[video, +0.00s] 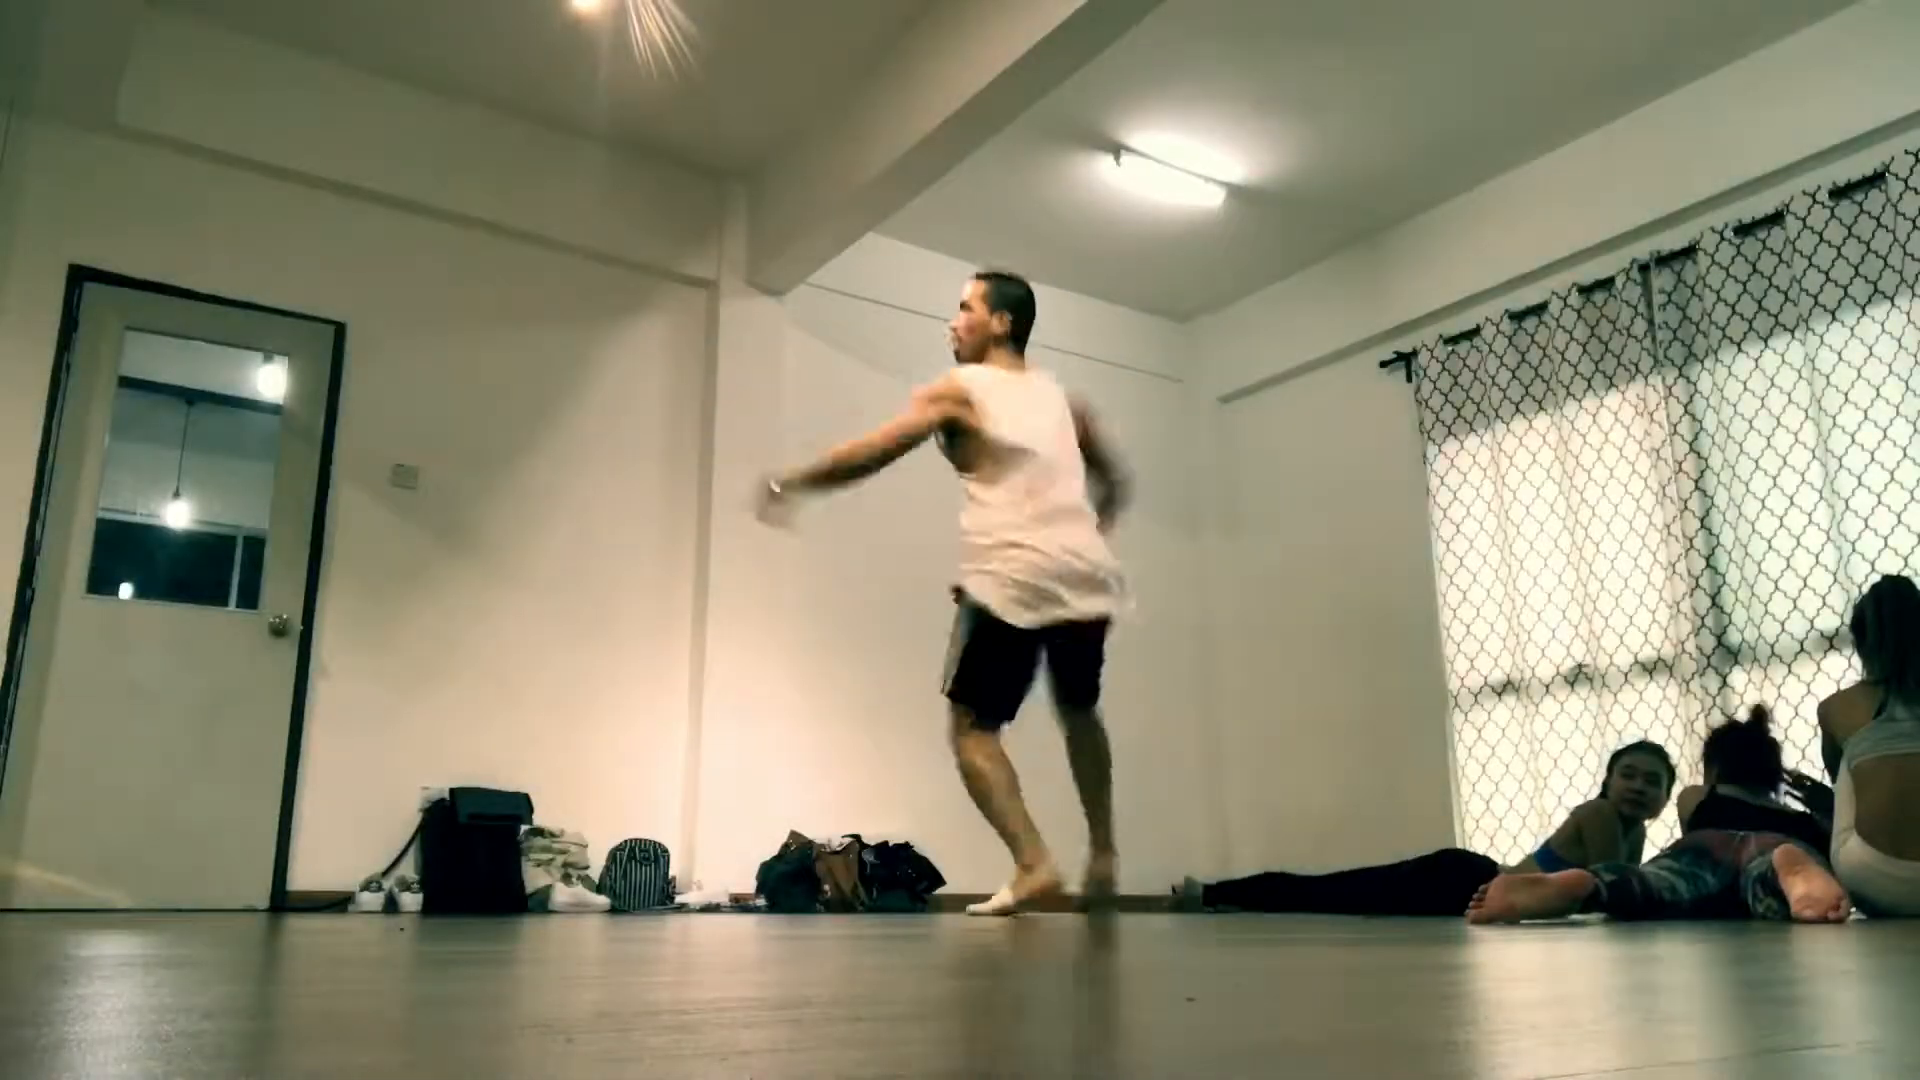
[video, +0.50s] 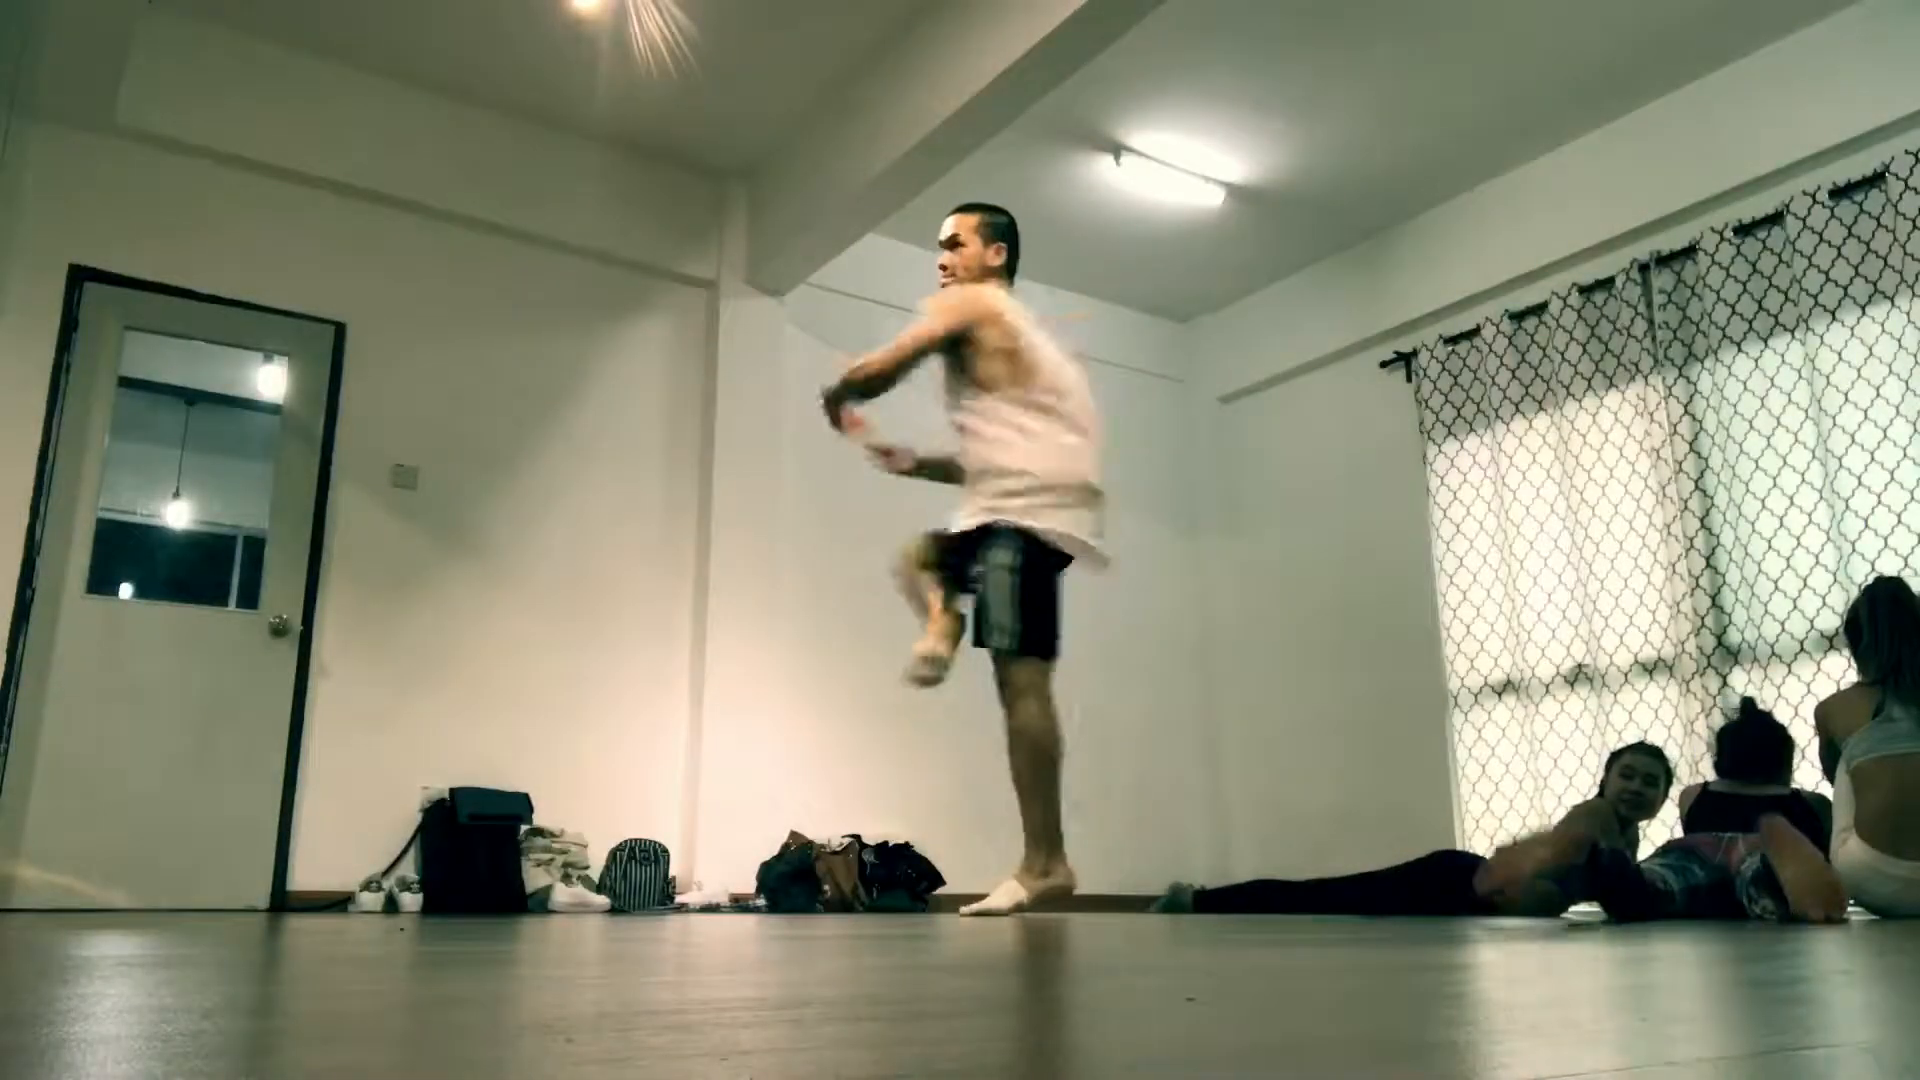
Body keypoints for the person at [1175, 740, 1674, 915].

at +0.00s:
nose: (1642, 790)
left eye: (1654, 784)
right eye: (1632, 777)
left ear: (1665, 797)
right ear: (1610, 781)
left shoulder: (1632, 839)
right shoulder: (1595, 820)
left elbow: (1624, 900)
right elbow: (1613, 896)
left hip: (1478, 890)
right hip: (1467, 883)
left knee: (1345, 892)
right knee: (1341, 891)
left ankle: (1216, 894)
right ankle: (1209, 896)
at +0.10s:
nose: (1642, 789)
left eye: (1655, 785)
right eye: (1633, 777)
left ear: (1664, 798)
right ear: (1611, 779)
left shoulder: (1631, 839)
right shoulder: (1596, 820)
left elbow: (1627, 898)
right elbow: (1613, 894)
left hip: (1476, 887)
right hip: (1465, 878)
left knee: (1348, 893)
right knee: (1345, 892)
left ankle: (1230, 895)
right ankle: (1225, 898)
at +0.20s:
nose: (1641, 789)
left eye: (1655, 785)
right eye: (1632, 777)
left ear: (1665, 799)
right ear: (1610, 779)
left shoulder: (1632, 841)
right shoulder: (1597, 820)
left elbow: (1628, 898)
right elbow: (1612, 893)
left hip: (1477, 887)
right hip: (1464, 879)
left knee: (1347, 894)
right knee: (1343, 894)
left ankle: (1231, 895)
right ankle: (1227, 898)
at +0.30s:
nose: (1644, 788)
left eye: (1656, 783)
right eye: (1634, 776)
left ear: (1665, 798)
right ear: (1611, 779)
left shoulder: (1631, 840)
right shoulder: (1597, 820)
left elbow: (1626, 900)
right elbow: (1612, 894)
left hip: (1476, 889)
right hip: (1462, 879)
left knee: (1347, 895)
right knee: (1343, 894)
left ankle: (1227, 898)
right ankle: (1220, 902)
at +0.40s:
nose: (1645, 790)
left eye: (1657, 785)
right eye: (1634, 777)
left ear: (1664, 799)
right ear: (1609, 780)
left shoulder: (1629, 843)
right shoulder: (1591, 821)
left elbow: (1625, 899)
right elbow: (1597, 887)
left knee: (1339, 895)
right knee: (1335, 895)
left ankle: (1215, 898)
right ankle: (1207, 901)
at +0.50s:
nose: (1642, 791)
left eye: (1654, 785)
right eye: (1632, 778)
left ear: (1662, 798)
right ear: (1607, 781)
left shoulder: (1615, 837)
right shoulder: (1595, 831)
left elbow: (1630, 900)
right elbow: (1633, 903)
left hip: (1466, 882)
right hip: (1456, 882)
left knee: (1335, 894)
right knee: (1330, 896)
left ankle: (1208, 898)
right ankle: (1202, 901)